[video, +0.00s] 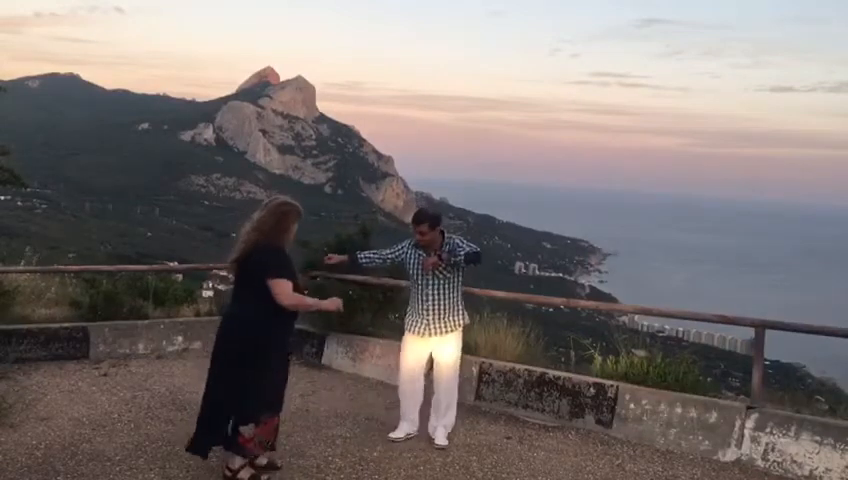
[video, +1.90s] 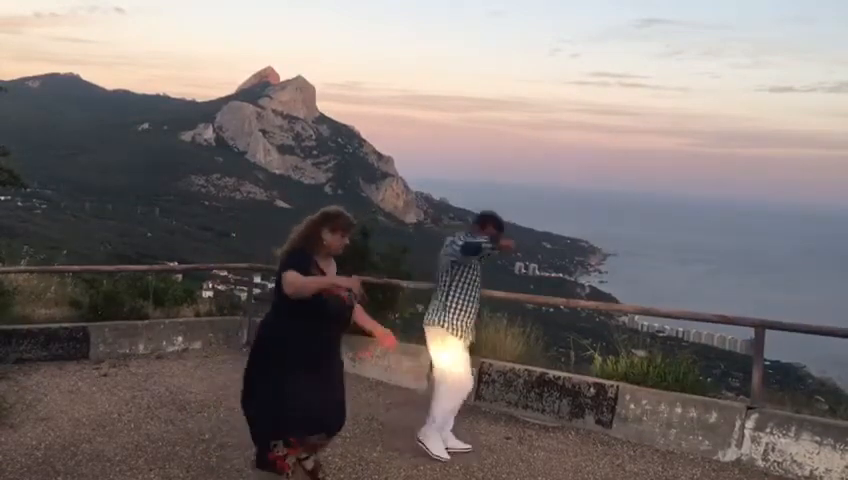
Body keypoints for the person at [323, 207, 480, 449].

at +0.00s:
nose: (418, 239)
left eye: (423, 234)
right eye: (416, 234)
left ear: (438, 230)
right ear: (413, 230)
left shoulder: (454, 244)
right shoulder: (409, 248)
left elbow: (476, 256)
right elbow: (381, 257)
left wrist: (444, 259)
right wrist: (345, 259)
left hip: (448, 327)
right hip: (416, 327)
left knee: (446, 381)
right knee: (408, 377)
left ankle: (441, 428)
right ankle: (408, 425)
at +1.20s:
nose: (447, 256)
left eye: (452, 253)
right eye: (445, 250)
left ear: (459, 248)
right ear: (437, 241)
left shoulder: (466, 255)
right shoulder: (420, 246)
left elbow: (491, 277)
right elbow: (387, 249)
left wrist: (464, 278)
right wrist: (352, 245)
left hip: (441, 330)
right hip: (411, 327)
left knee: (441, 382)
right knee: (411, 384)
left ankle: (428, 430)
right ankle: (411, 439)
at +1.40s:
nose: (459, 256)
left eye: (464, 253)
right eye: (456, 251)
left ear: (470, 251)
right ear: (447, 241)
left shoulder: (469, 260)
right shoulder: (429, 248)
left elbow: (488, 279)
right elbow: (401, 253)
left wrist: (475, 292)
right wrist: (377, 255)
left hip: (440, 330)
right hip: (411, 328)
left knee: (447, 378)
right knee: (413, 382)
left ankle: (425, 427)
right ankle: (409, 437)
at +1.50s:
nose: (465, 257)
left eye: (470, 254)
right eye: (462, 251)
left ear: (475, 252)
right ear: (454, 242)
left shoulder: (473, 264)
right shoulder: (436, 248)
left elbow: (483, 285)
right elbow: (412, 255)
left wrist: (472, 303)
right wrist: (398, 258)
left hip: (442, 332)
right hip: (413, 329)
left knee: (455, 380)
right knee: (415, 384)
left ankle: (429, 422)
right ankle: (410, 437)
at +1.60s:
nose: (473, 256)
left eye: (478, 253)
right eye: (471, 249)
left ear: (482, 251)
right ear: (461, 241)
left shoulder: (475, 268)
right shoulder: (446, 246)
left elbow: (473, 301)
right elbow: (420, 252)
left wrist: (468, 314)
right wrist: (429, 256)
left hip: (445, 334)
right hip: (418, 328)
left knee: (451, 383)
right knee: (419, 383)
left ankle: (442, 437)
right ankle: (410, 440)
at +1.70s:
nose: (484, 253)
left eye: (487, 250)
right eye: (483, 247)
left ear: (484, 247)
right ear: (474, 238)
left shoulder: (473, 263)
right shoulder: (449, 245)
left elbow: (472, 293)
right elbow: (432, 251)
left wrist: (470, 310)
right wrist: (462, 251)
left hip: (451, 332)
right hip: (427, 327)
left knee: (452, 383)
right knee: (433, 380)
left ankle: (442, 437)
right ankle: (413, 433)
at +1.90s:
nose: (491, 240)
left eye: (493, 236)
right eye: (490, 234)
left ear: (487, 234)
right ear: (481, 227)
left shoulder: (474, 254)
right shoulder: (455, 241)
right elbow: (468, 247)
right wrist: (494, 245)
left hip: (456, 329)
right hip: (443, 326)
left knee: (456, 381)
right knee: (459, 381)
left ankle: (444, 433)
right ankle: (430, 432)